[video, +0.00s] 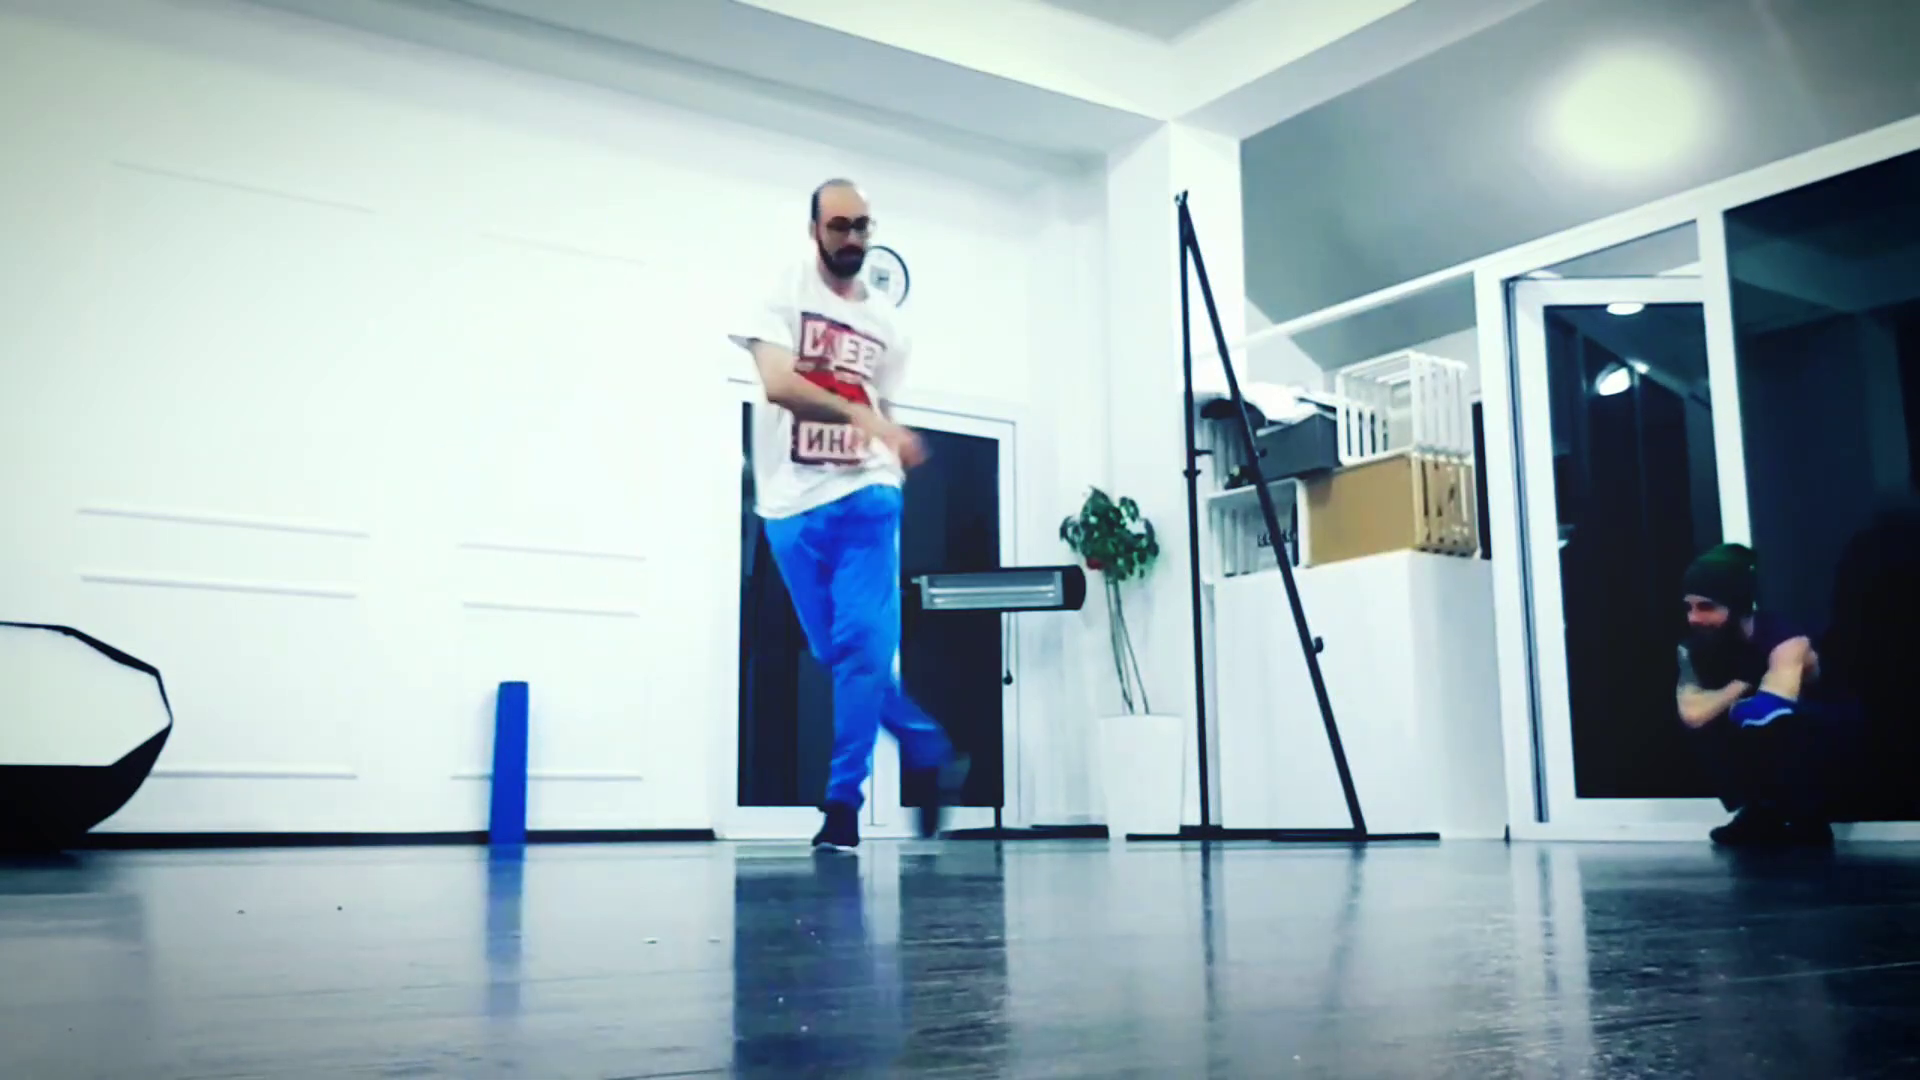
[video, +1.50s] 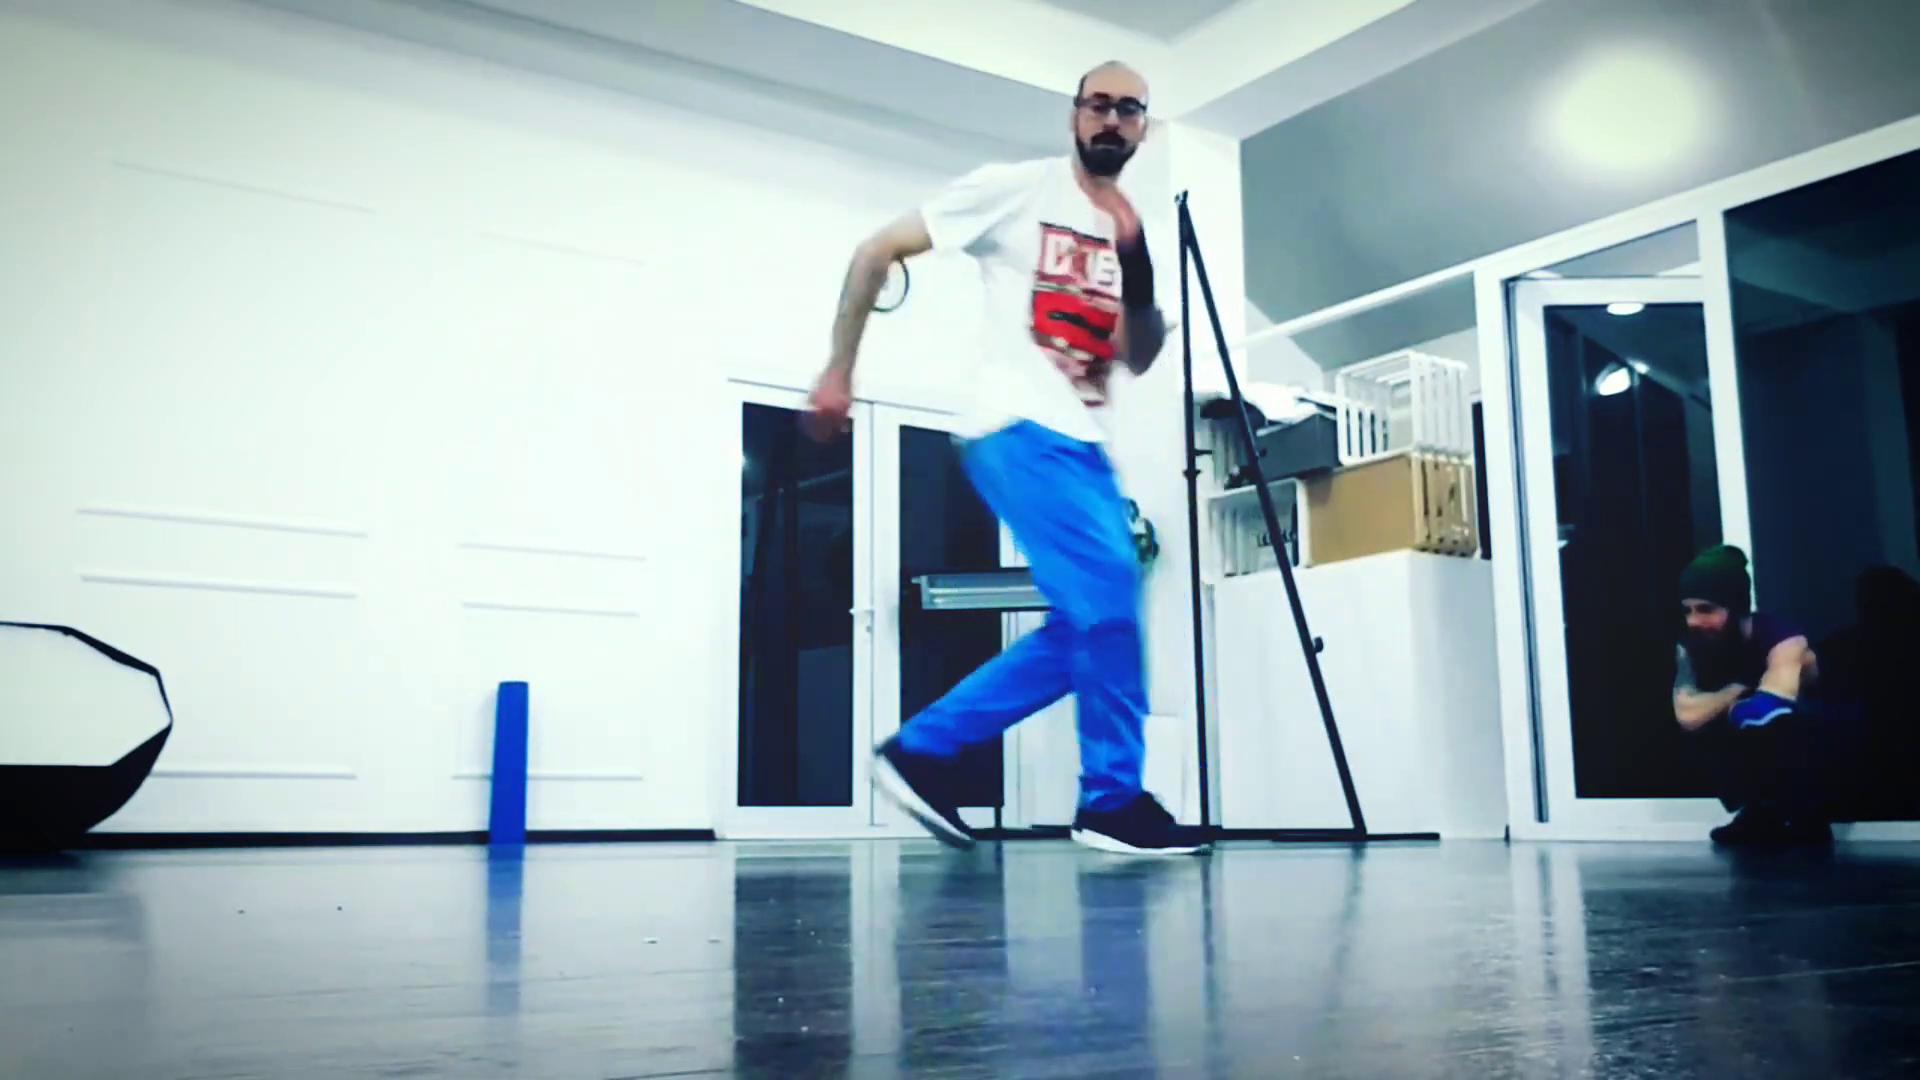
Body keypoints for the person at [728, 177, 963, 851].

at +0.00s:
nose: (851, 238)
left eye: (861, 226)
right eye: (838, 226)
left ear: (872, 230)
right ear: (814, 230)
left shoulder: (888, 326)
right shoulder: (780, 294)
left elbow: (881, 410)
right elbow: (777, 383)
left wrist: (893, 443)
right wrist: (866, 416)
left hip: (865, 493)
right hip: (789, 504)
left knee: (863, 641)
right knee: (834, 649)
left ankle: (843, 803)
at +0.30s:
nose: (867, 238)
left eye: (877, 223)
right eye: (854, 229)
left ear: (899, 224)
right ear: (841, 239)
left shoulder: (950, 300)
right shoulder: (839, 318)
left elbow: (1016, 386)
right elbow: (779, 410)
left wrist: (1017, 487)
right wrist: (813, 492)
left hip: (960, 487)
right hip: (895, 500)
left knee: (913, 635)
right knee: (925, 644)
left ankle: (914, 792)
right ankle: (1017, 775)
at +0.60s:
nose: (929, 241)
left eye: (938, 227)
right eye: (916, 234)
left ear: (963, 227)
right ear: (907, 248)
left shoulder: (1024, 286)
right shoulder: (924, 333)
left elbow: (1112, 355)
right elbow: (942, 415)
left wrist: (1042, 354)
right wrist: (968, 475)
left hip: (1067, 476)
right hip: (996, 503)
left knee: (1047, 615)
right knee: (1001, 655)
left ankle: (1180, 617)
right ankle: (1052, 806)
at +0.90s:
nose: (1046, 219)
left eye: (1057, 207)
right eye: (1033, 209)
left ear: (1079, 215)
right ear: (1017, 222)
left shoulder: (1135, 295)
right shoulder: (1007, 325)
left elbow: (1189, 399)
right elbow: (985, 432)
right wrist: (986, 405)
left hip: (1158, 482)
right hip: (1085, 513)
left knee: (1155, 617)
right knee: (1161, 647)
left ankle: (1182, 787)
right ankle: (1253, 797)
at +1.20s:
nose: (1128, 159)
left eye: (1142, 146)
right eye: (1114, 145)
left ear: (1161, 161)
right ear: (1091, 159)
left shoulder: (1186, 272)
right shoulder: (1045, 242)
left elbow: (1195, 392)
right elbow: (1031, 353)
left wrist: (1206, 495)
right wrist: (1070, 402)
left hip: (1145, 477)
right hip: (1051, 474)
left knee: (1140, 628)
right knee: (1028, 601)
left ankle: (1182, 803)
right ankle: (955, 786)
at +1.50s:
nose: (1110, 120)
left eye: (1126, 110)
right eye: (1097, 105)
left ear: (1144, 127)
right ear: (1073, 113)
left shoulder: (1132, 224)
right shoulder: (1019, 187)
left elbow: (1140, 357)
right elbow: (876, 252)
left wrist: (1136, 260)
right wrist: (838, 371)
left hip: (1080, 438)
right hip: (1014, 424)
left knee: (1090, 623)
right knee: (1109, 578)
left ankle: (918, 752)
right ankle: (1113, 797)